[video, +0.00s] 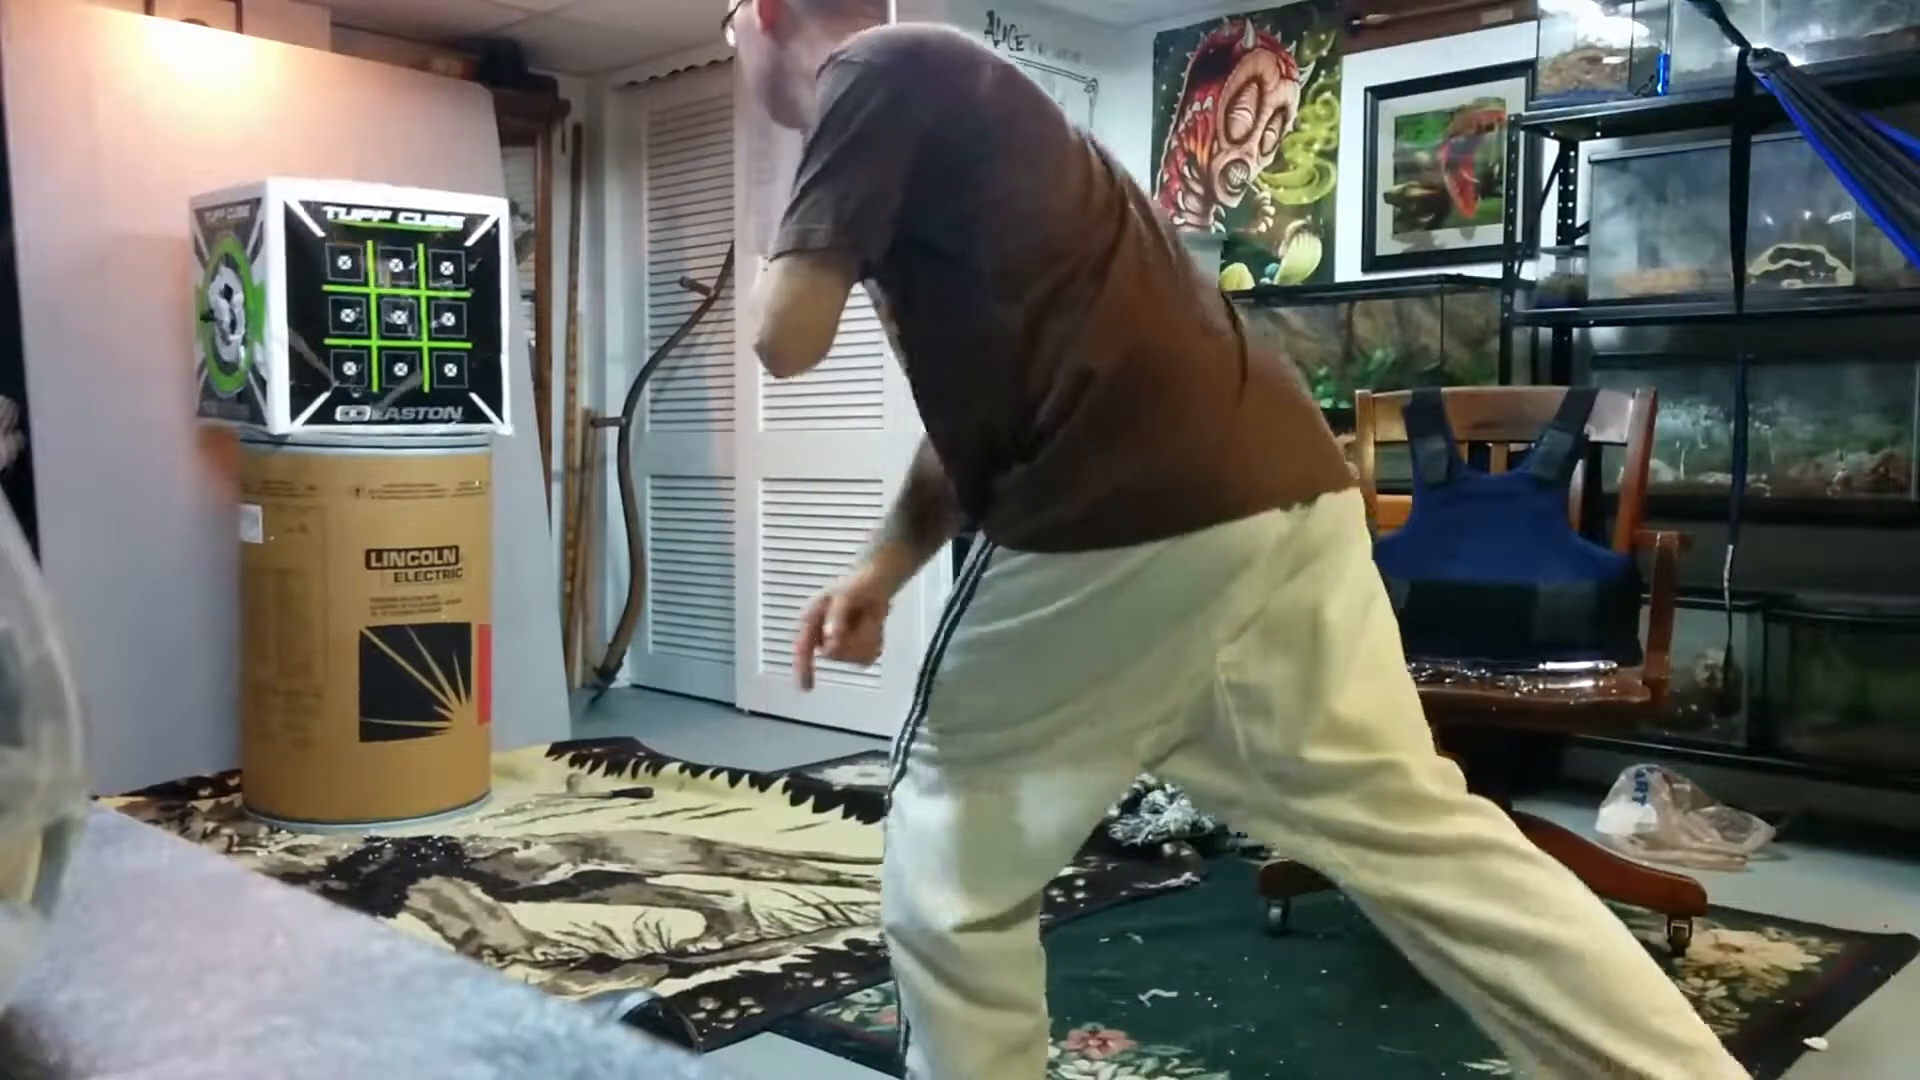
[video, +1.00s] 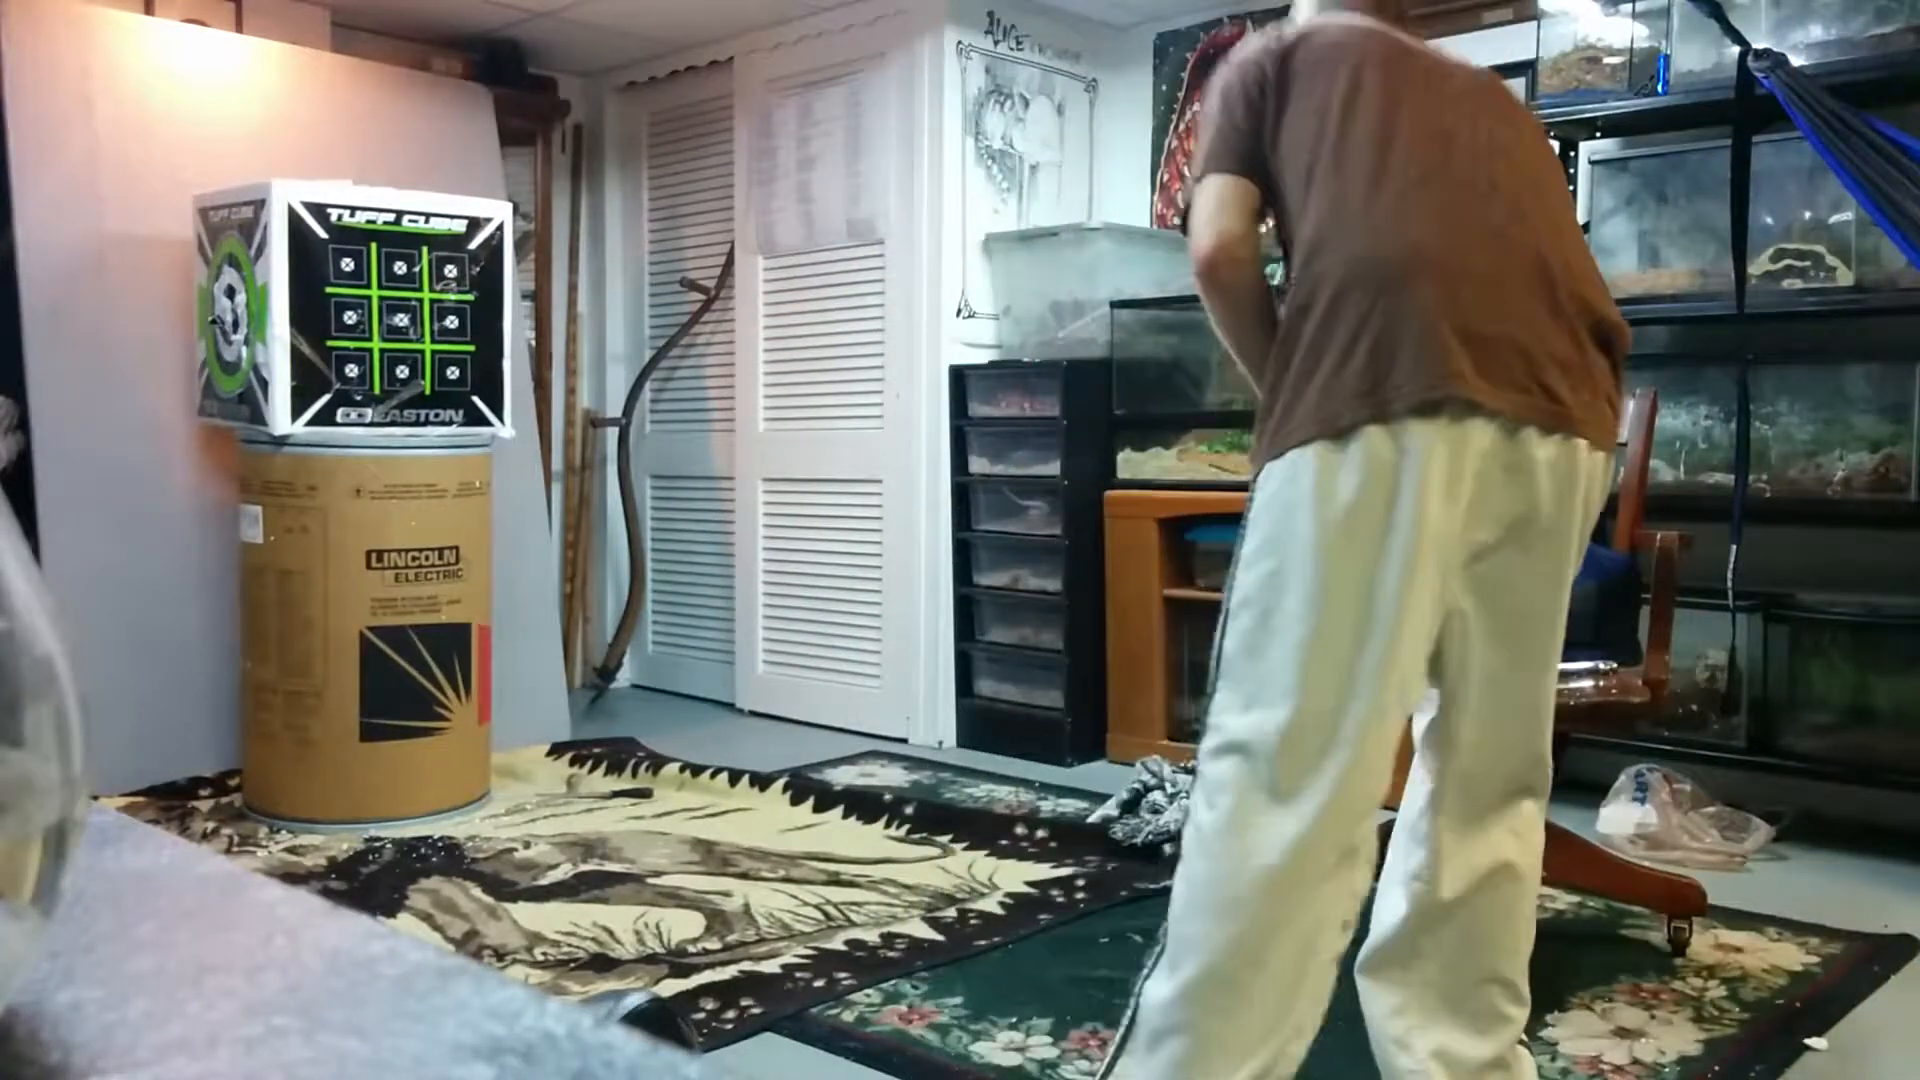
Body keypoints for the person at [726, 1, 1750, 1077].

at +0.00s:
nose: (746, 79)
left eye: (741, 48)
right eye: (743, 56)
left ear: (774, 18)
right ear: (867, 14)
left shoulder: (882, 71)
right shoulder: (1004, 120)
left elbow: (785, 341)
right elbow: (974, 409)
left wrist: (772, 256)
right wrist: (880, 570)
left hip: (1121, 494)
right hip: (1287, 464)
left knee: (955, 828)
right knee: (1412, 819)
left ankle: (992, 1065)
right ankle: (1693, 1068)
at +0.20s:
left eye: (840, 32)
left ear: (872, 10)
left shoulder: (889, 27)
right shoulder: (1085, 55)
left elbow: (809, 290)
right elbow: (1083, 325)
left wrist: (833, 175)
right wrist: (964, 519)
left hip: (1112, 430)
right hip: (1304, 402)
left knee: (1008, 804)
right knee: (1370, 766)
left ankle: (980, 1065)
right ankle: (1566, 1066)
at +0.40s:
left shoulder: (956, 10)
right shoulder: (1209, 7)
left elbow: (894, 229)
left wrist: (984, 106)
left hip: (1138, 393)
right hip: (1333, 374)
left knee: (1050, 790)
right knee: (1379, 771)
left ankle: (992, 1059)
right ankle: (1465, 1059)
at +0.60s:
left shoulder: (1086, 9)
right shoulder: (1348, 13)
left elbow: (1025, 236)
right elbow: (1499, 2)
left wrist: (1135, 229)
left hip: (1220, 399)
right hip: (1412, 395)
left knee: (1112, 773)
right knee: (1410, 758)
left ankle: (1016, 1056)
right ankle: (1448, 1055)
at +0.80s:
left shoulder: (1203, 9)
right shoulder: (1453, 22)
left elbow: (1149, 228)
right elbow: (1515, 209)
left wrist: (1246, 346)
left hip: (1330, 376)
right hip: (1518, 383)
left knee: (1214, 771)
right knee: (1459, 765)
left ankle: (1096, 1058)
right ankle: (1460, 1058)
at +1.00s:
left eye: (1228, 67)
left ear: (1287, 27)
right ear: (1410, 18)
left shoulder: (1268, 56)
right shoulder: (1500, 99)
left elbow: (1219, 247)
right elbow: (1583, 295)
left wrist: (1286, 396)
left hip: (1379, 367)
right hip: (1563, 389)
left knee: (1284, 761)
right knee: (1490, 761)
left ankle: (1194, 1056)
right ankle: (1462, 1053)